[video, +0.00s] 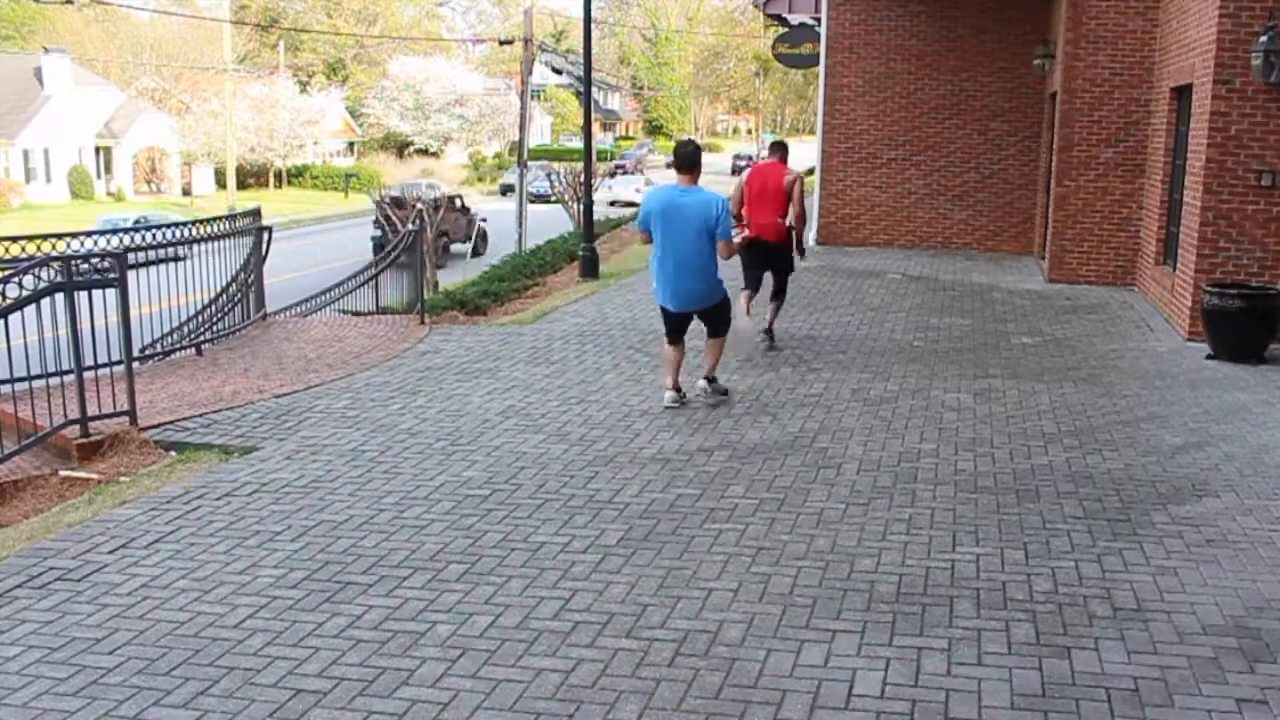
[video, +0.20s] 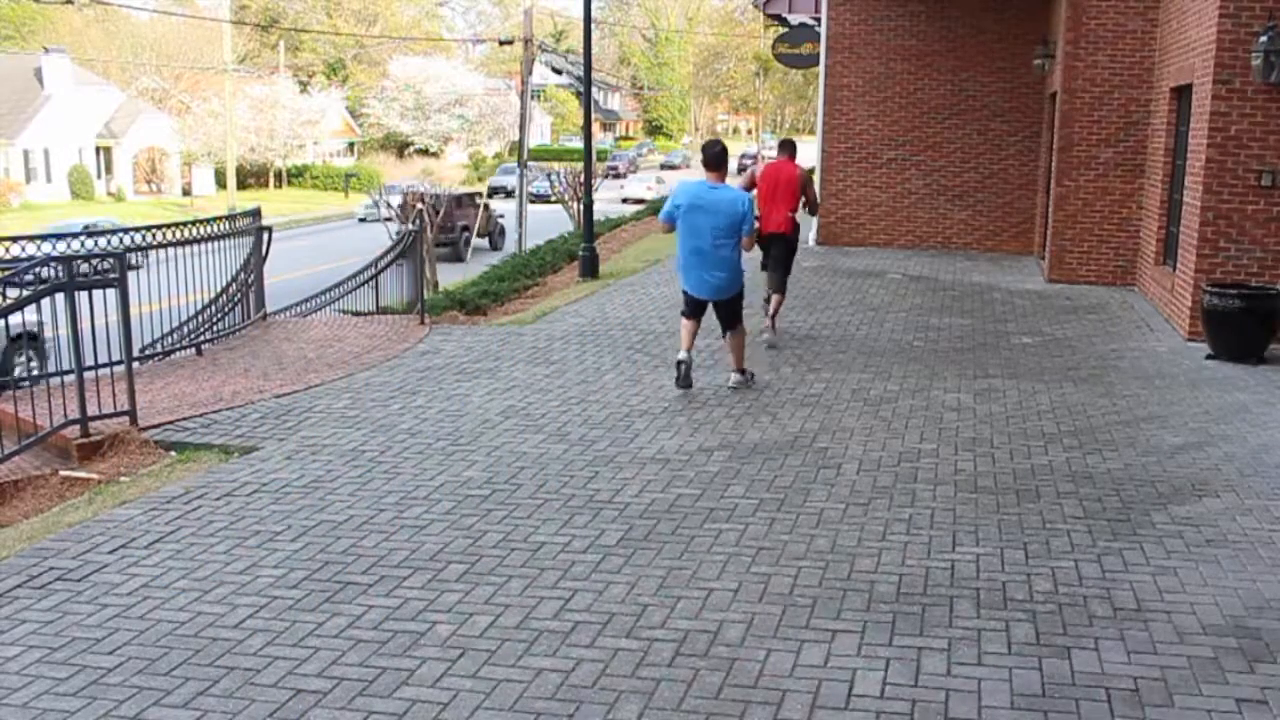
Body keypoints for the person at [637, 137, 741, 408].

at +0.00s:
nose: (696, 168)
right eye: (699, 163)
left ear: (674, 165)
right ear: (700, 166)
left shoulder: (654, 198)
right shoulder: (715, 203)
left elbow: (644, 237)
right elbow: (725, 252)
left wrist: (669, 227)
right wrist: (739, 243)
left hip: (669, 291)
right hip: (704, 289)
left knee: (674, 340)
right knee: (719, 325)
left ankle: (671, 387)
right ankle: (708, 377)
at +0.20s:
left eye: (706, 162)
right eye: (724, 162)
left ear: (702, 164)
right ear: (727, 164)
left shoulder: (684, 191)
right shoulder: (741, 199)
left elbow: (665, 225)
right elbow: (747, 244)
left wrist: (688, 216)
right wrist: (748, 226)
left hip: (693, 277)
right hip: (726, 279)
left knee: (691, 314)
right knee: (734, 327)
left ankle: (684, 353)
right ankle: (738, 371)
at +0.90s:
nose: (773, 154)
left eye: (761, 151)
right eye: (775, 150)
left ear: (756, 151)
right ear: (777, 151)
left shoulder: (744, 178)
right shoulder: (791, 181)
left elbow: (732, 209)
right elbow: (796, 217)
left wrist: (749, 200)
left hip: (752, 246)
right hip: (782, 248)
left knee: (751, 287)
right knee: (782, 292)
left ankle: (753, 321)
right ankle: (776, 328)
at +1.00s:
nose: (772, 154)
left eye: (763, 151)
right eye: (777, 150)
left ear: (759, 152)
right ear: (779, 151)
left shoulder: (747, 177)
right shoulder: (793, 180)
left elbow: (738, 206)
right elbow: (801, 215)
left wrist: (756, 202)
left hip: (758, 245)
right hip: (785, 245)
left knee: (760, 287)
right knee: (790, 278)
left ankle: (759, 323)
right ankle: (782, 310)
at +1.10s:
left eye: (768, 153)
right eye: (781, 153)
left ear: (765, 154)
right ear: (785, 154)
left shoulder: (753, 177)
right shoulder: (797, 181)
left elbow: (742, 205)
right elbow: (802, 216)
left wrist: (758, 196)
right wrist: (808, 209)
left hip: (762, 243)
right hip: (789, 244)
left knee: (763, 283)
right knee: (797, 276)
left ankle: (761, 321)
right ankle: (793, 313)